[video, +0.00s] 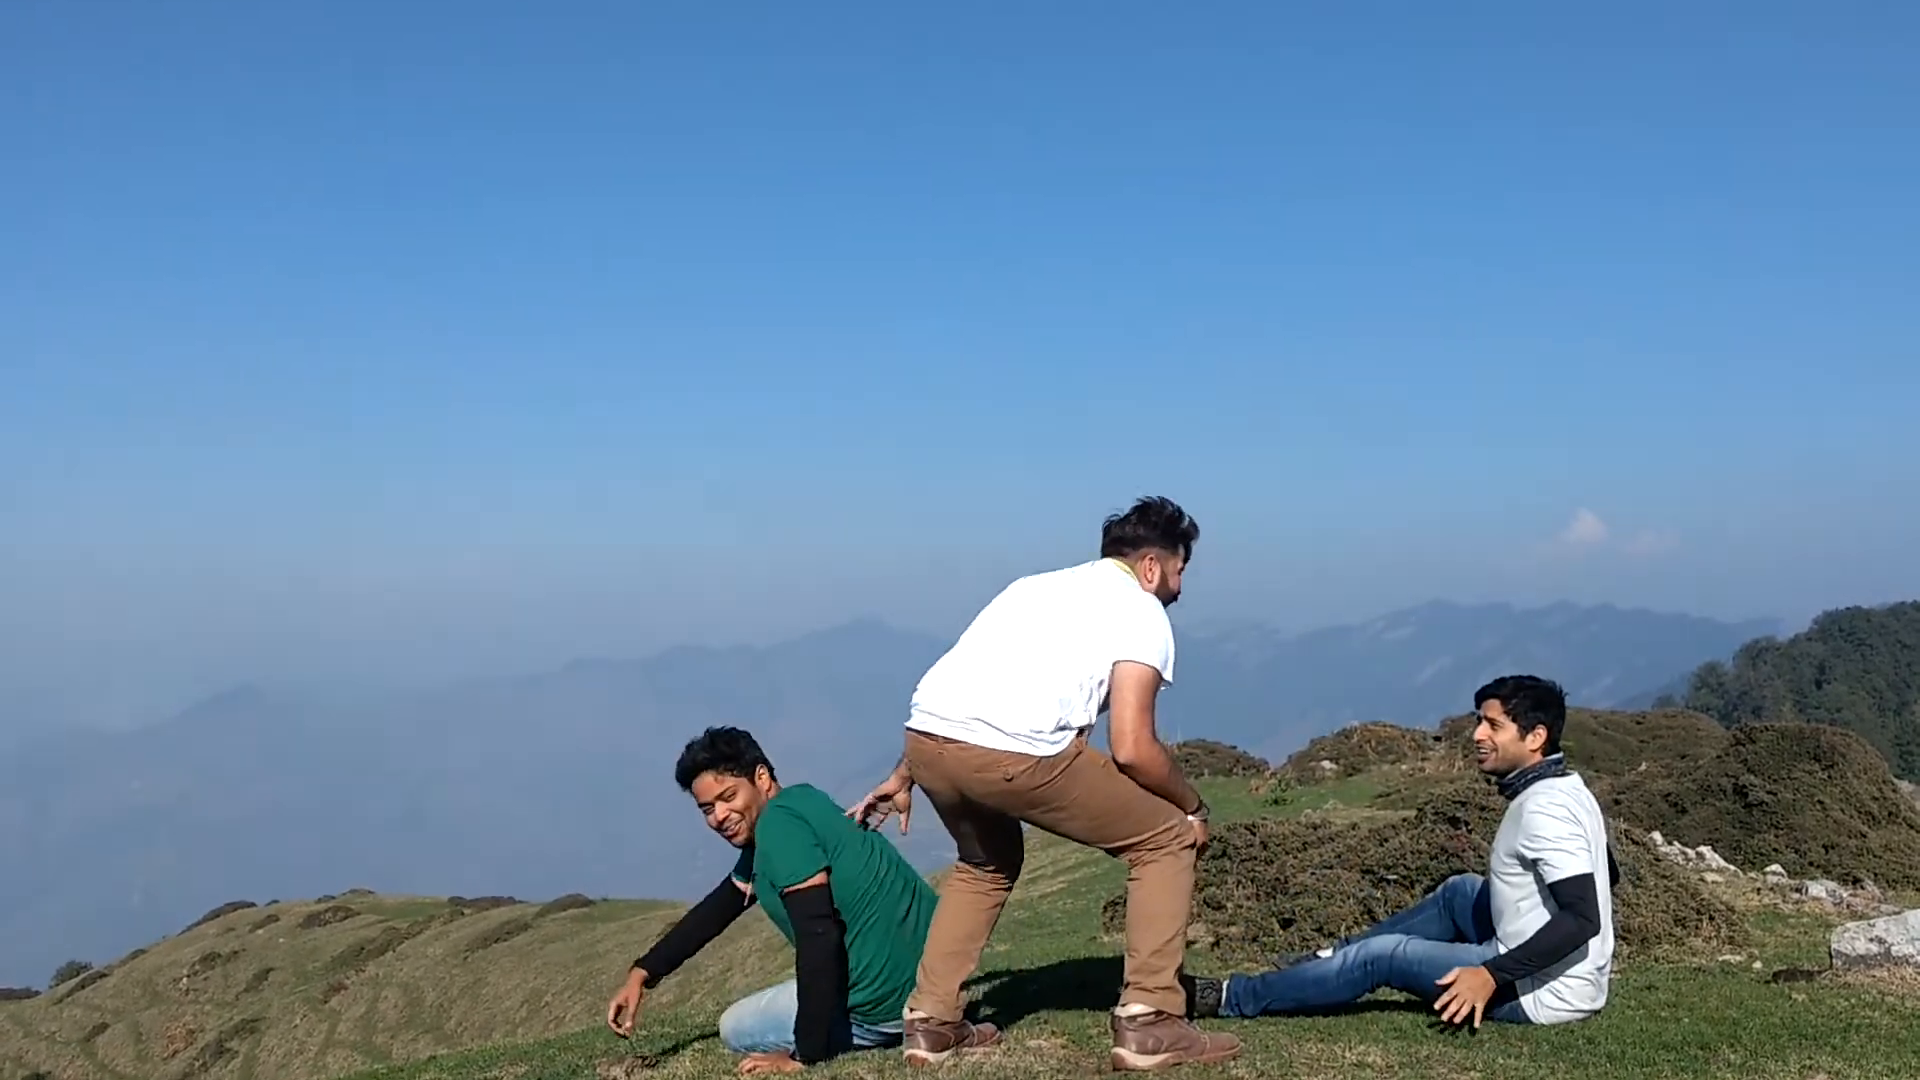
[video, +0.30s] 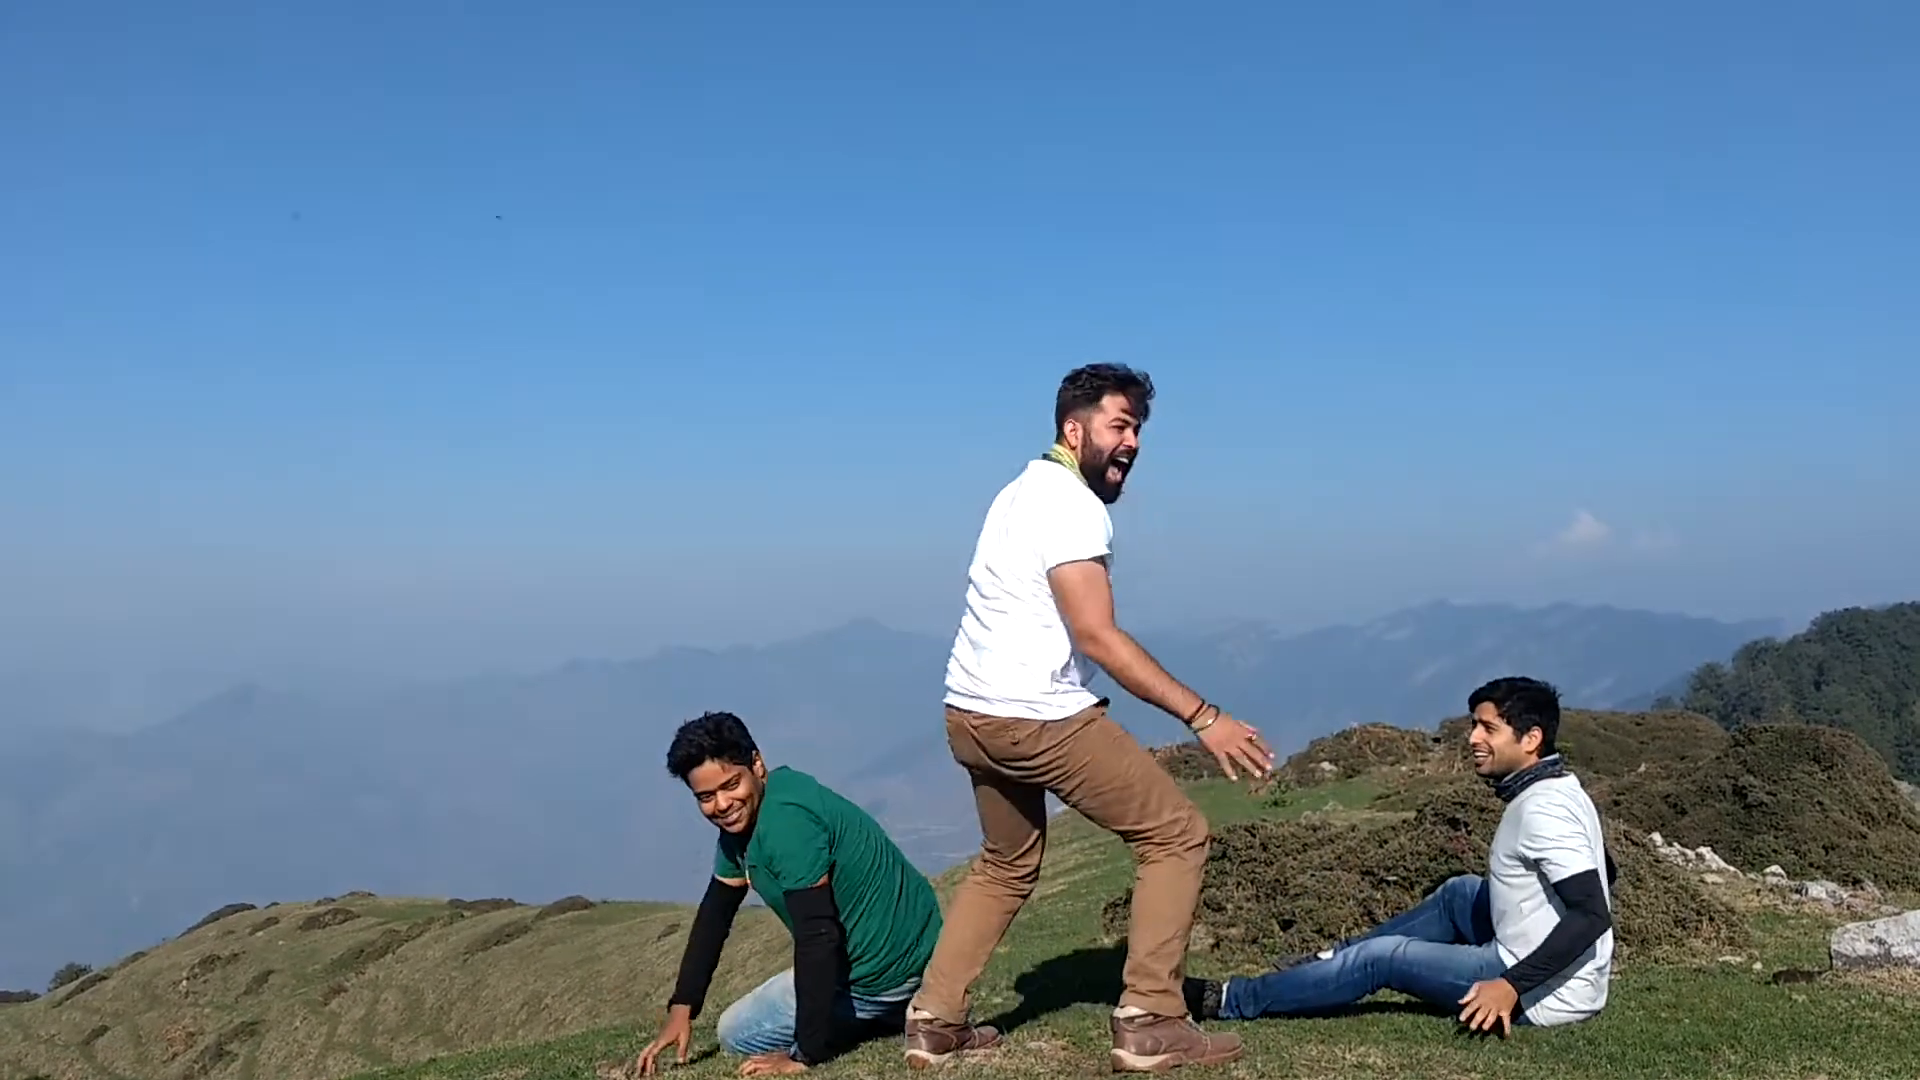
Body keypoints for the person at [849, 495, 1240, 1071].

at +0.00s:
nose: (1182, 584)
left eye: (1185, 570)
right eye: (1182, 568)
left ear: (1113, 553)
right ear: (1152, 562)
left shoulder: (1036, 586)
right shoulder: (1141, 612)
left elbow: (967, 676)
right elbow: (1132, 749)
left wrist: (904, 774)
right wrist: (1191, 804)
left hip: (930, 745)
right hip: (1013, 755)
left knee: (987, 861)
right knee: (1167, 835)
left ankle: (930, 1022)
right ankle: (1149, 1021)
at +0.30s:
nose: (1132, 443)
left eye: (1137, 430)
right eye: (1119, 426)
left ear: (1072, 434)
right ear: (1073, 428)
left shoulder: (1020, 491)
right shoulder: (1070, 504)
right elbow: (1097, 638)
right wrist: (1204, 716)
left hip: (972, 713)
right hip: (1037, 715)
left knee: (1007, 860)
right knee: (1174, 835)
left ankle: (935, 1021)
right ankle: (1150, 1019)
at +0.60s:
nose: (1096, 429)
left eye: (1109, 415)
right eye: (1080, 413)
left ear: (1123, 423)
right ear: (1049, 416)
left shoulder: (1101, 508)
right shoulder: (1021, 489)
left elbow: (1089, 620)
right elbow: (1003, 619)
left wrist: (1125, 673)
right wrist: (1065, 683)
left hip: (1055, 710)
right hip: (1033, 712)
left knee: (1053, 871)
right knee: (1172, 830)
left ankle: (937, 1012)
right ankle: (1165, 1024)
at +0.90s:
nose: (1123, 439)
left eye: (1129, 423)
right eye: (1106, 425)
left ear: (1134, 422)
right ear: (1059, 428)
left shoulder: (1136, 501)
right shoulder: (1009, 504)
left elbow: (1176, 569)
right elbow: (945, 607)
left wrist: (1282, 600)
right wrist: (930, 667)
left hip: (1096, 715)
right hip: (1030, 706)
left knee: (1047, 884)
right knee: (1131, 843)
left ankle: (930, 1010)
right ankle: (1101, 1037)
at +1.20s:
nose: (1200, 413)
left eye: (1205, 395)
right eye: (1185, 395)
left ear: (1203, 394)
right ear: (1130, 396)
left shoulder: (1201, 471)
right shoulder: (1060, 473)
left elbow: (1244, 520)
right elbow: (986, 556)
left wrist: (1329, 548)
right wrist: (967, 587)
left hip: (1190, 696)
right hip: (1089, 705)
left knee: (1255, 847)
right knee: (1119, 874)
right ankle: (1106, 1028)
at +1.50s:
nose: (1359, 380)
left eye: (1365, 362)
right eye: (1348, 359)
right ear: (1288, 351)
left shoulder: (1333, 451)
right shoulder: (1202, 421)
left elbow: (1400, 512)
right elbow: (1169, 507)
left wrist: (1514, 543)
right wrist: (1264, 537)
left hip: (1276, 683)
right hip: (1172, 695)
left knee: (1349, 834)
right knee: (1153, 889)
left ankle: (1295, 1044)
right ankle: (1115, 1024)